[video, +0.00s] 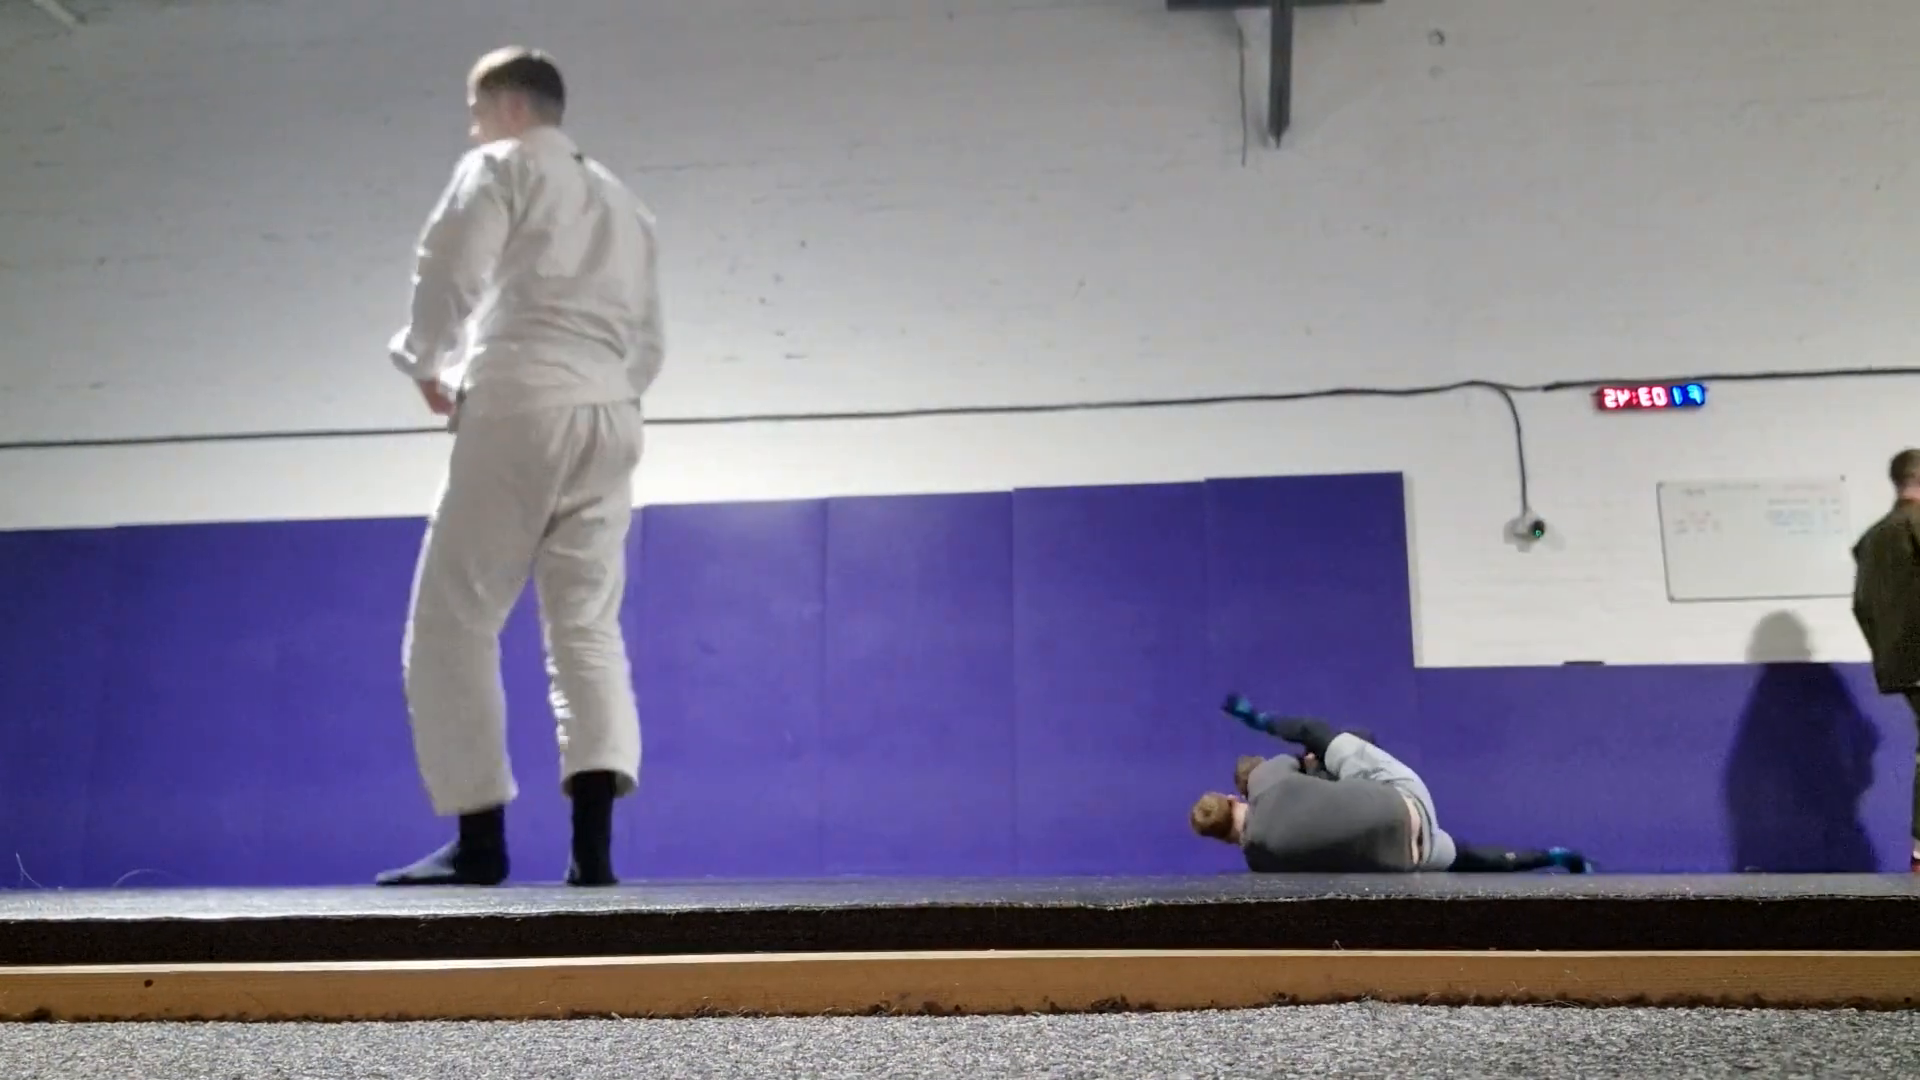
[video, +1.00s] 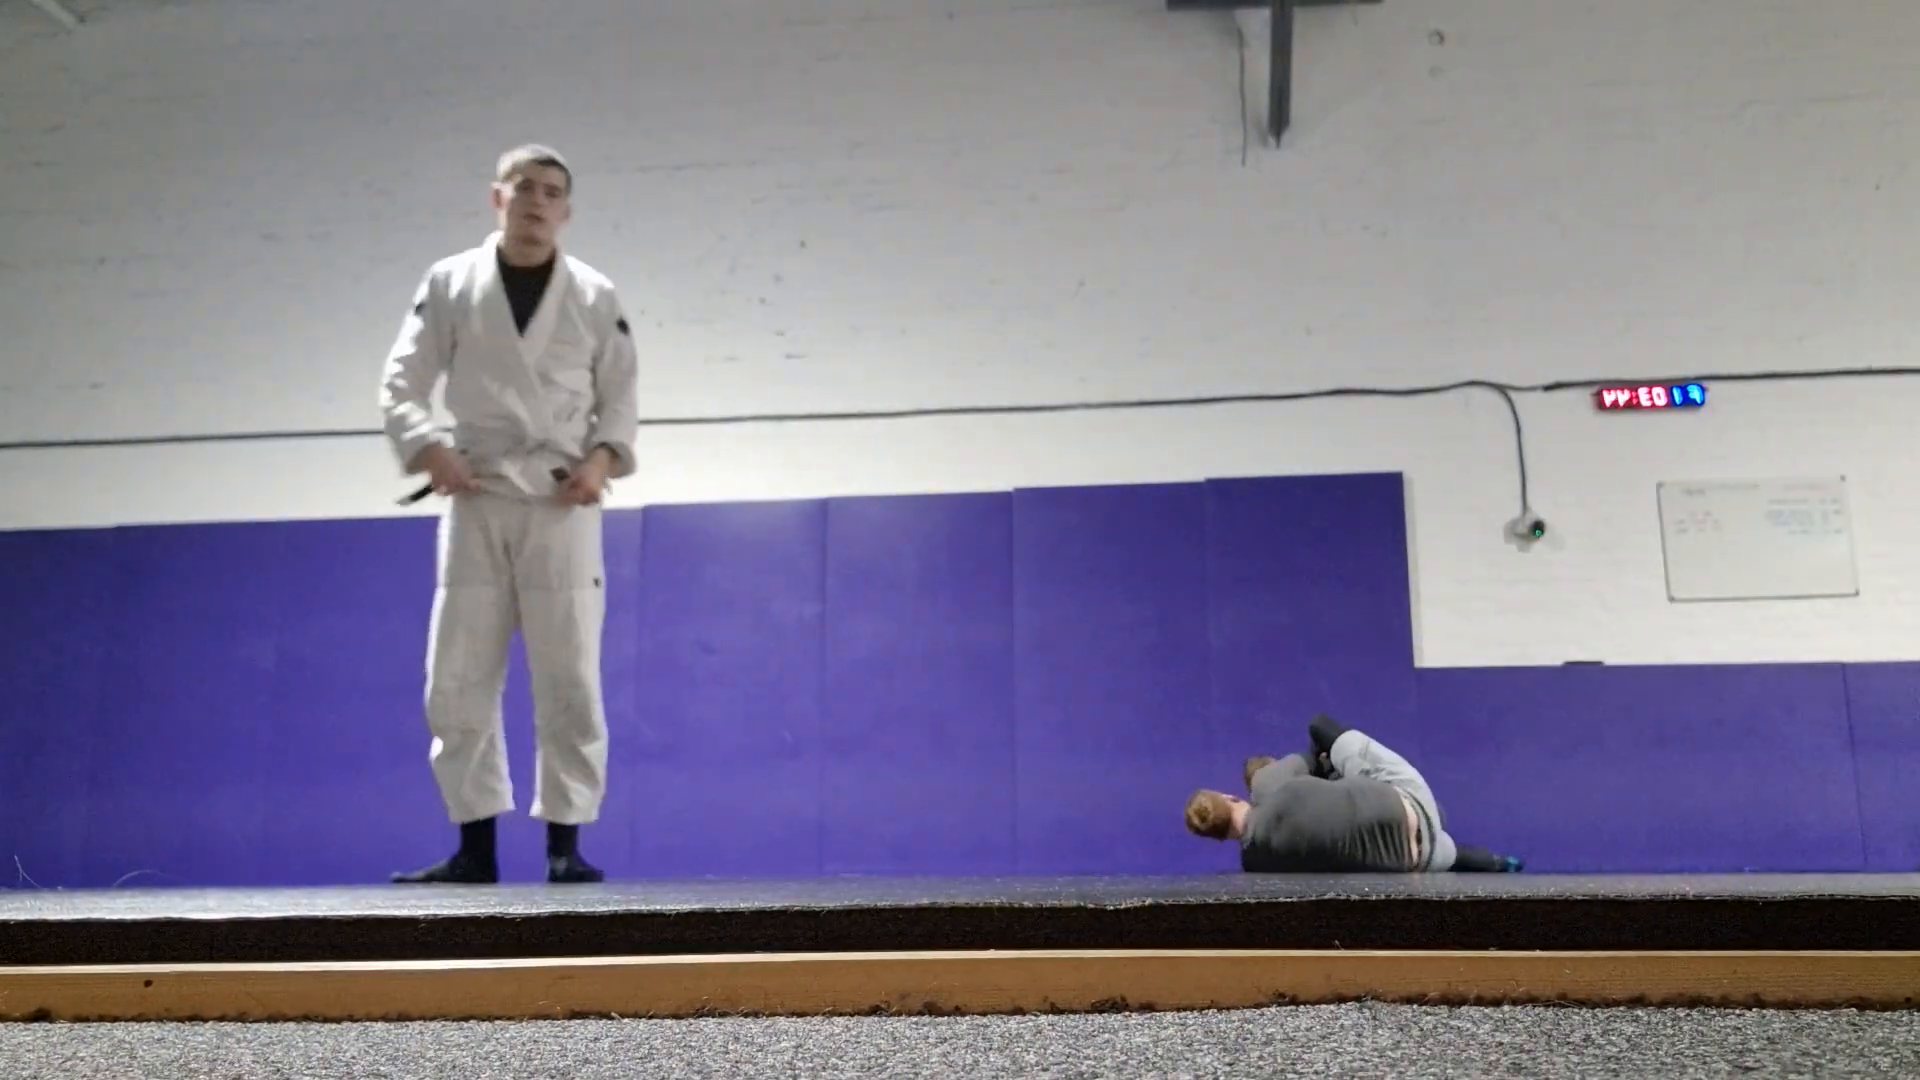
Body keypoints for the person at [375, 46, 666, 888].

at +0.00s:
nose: (476, 126)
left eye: (479, 110)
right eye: (476, 112)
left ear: (508, 103)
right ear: (553, 107)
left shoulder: (497, 166)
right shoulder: (628, 205)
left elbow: (451, 260)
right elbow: (647, 337)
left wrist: (423, 360)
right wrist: (608, 407)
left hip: (516, 408)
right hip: (612, 418)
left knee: (454, 617)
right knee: (588, 626)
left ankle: (478, 844)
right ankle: (593, 854)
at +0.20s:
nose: (444, 158)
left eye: (450, 139)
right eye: (443, 141)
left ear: (490, 134)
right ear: (521, 137)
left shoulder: (496, 199)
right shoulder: (582, 226)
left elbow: (473, 310)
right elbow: (581, 348)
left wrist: (421, 384)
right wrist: (503, 407)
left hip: (508, 438)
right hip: (577, 446)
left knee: (439, 641)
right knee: (519, 632)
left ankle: (479, 844)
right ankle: (582, 779)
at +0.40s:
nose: (441, 160)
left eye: (454, 145)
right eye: (437, 148)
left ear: (504, 149)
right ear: (466, 158)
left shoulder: (525, 216)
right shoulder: (482, 238)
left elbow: (527, 335)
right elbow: (471, 360)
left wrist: (450, 412)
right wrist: (433, 432)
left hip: (527, 457)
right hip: (504, 457)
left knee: (444, 651)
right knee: (456, 647)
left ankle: (484, 841)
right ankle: (502, 832)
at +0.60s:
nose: (458, 189)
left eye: (474, 176)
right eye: (448, 178)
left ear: (512, 187)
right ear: (439, 193)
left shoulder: (555, 266)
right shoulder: (436, 282)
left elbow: (593, 369)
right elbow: (397, 391)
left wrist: (532, 434)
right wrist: (383, 457)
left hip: (537, 483)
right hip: (467, 484)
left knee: (479, 657)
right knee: (431, 668)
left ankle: (487, 846)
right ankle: (474, 841)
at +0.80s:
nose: (490, 194)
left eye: (505, 182)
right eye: (478, 182)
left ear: (533, 196)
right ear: (461, 195)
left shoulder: (571, 281)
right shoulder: (427, 285)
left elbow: (621, 384)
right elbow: (380, 390)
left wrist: (582, 444)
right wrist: (394, 451)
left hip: (545, 495)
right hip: (461, 495)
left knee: (543, 667)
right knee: (448, 677)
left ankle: (548, 840)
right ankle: (476, 848)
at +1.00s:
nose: (535, 204)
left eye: (550, 194)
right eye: (524, 190)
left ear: (568, 212)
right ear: (496, 198)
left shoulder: (596, 300)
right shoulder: (449, 285)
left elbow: (620, 403)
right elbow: (401, 387)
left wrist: (601, 463)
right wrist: (430, 448)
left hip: (564, 503)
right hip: (474, 500)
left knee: (569, 676)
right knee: (459, 675)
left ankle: (565, 849)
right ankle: (475, 849)